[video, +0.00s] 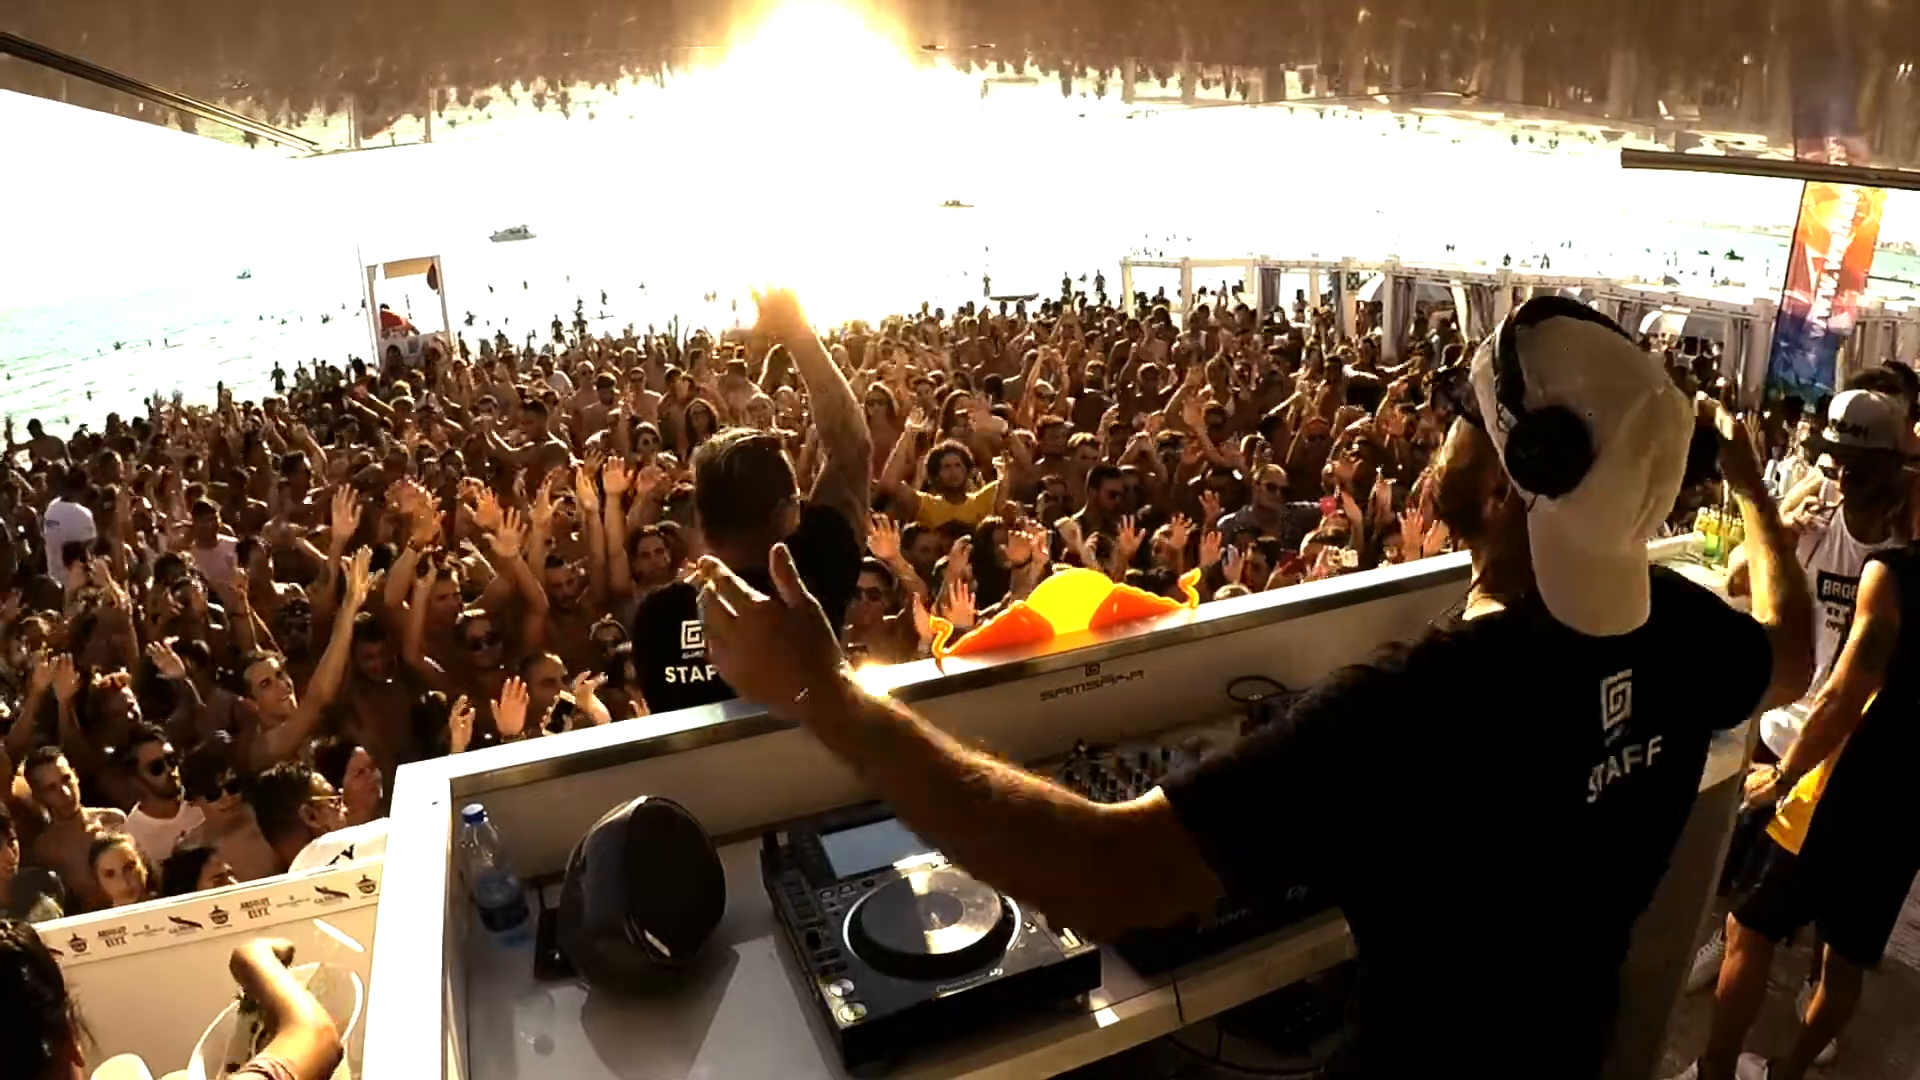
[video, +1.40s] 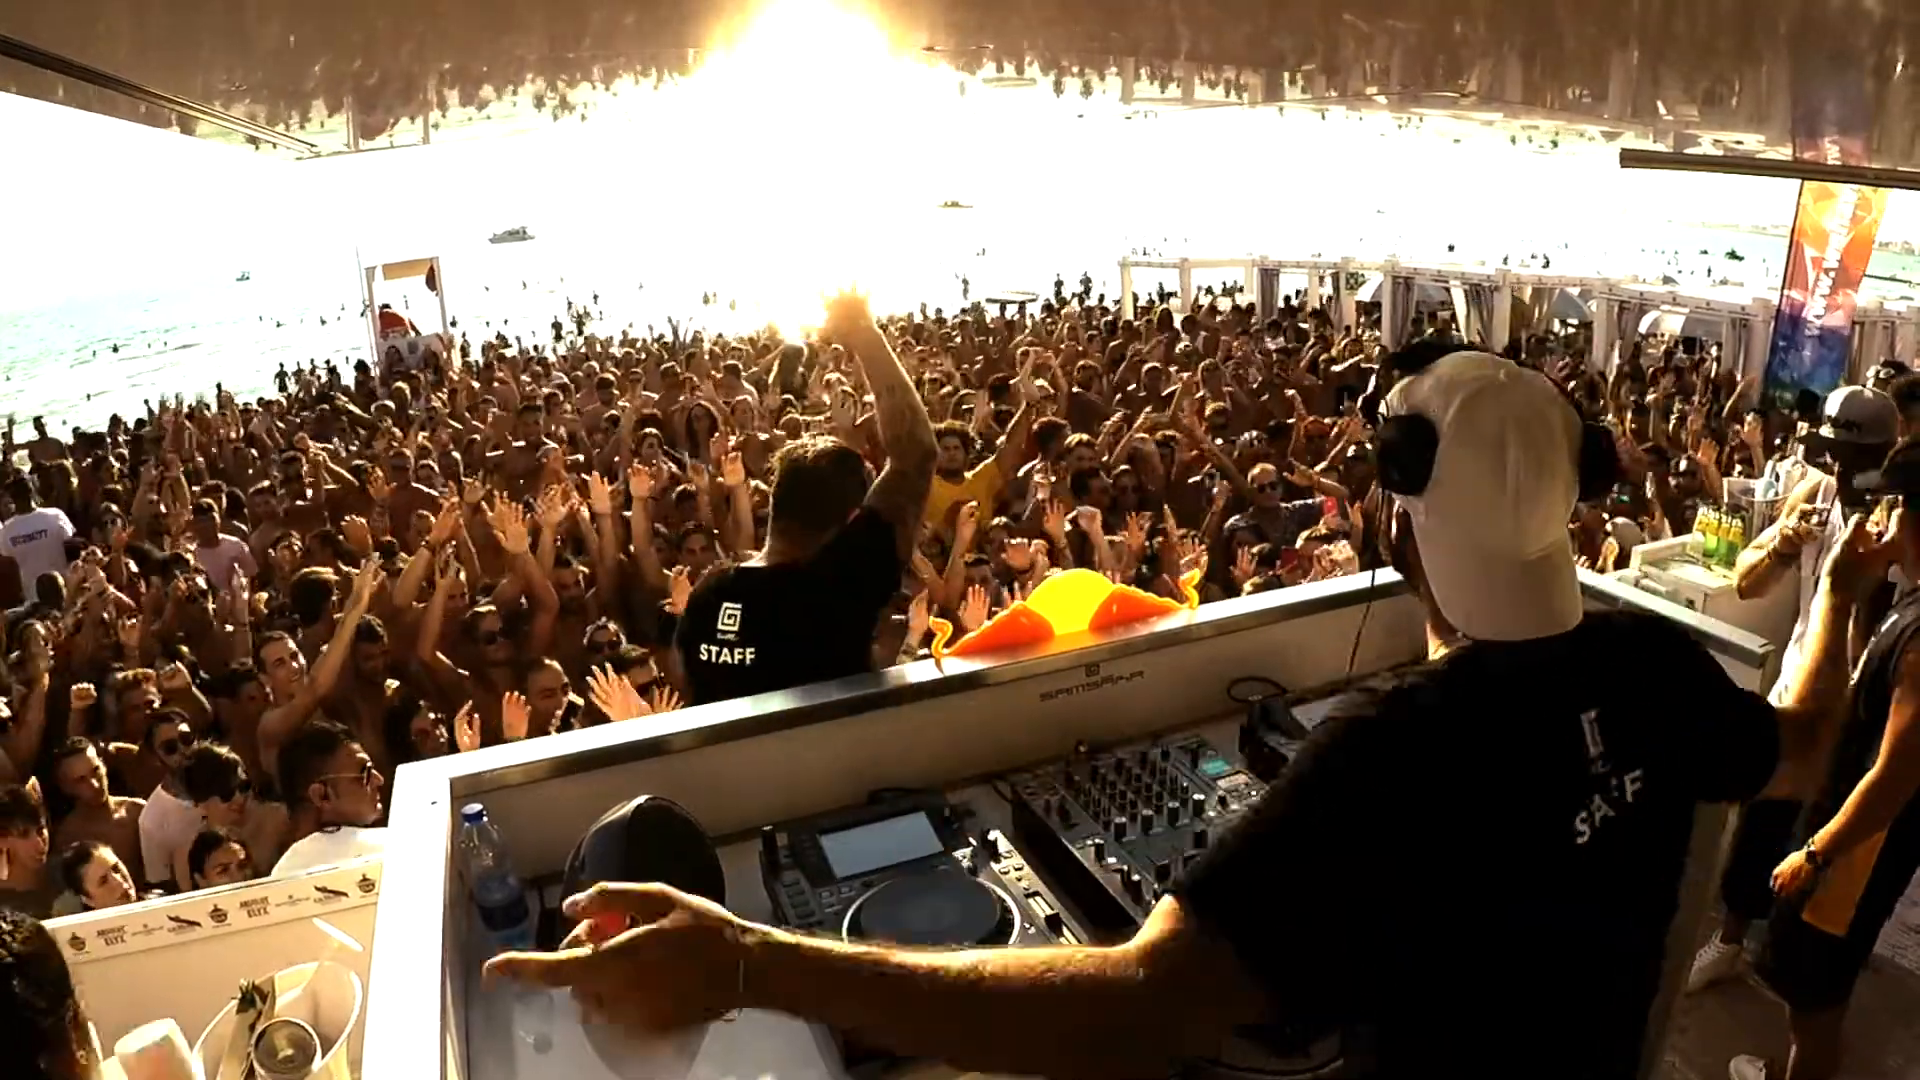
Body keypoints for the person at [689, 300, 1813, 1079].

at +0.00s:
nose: (1438, 453)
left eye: (1460, 432)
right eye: (1457, 428)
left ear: (1498, 486)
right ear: (1644, 490)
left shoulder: (1410, 712)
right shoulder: (1695, 640)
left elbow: (1116, 875)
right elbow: (1782, 659)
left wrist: (827, 696)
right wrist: (1750, 494)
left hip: (1411, 1076)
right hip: (1601, 1051)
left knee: (1115, 1050)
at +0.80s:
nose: (1410, 461)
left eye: (1424, 436)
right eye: (1419, 432)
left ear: (1469, 486)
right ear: (1620, 478)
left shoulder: (1390, 741)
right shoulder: (1698, 664)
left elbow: (1032, 838)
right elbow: (1636, 577)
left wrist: (782, 619)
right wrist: (1617, 450)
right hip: (1595, 1066)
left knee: (1121, 1054)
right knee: (1206, 1031)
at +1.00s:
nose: (1370, 488)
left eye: (1385, 458)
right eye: (1380, 451)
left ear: (1418, 495)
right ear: (1568, 488)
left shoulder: (1373, 746)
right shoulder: (1664, 669)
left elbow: (1073, 995)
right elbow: (1796, 764)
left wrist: (686, 909)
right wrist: (1885, 592)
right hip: (1563, 1063)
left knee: (899, 942)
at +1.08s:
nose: (1385, 474)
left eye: (1401, 437)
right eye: (1411, 434)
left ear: (1428, 478)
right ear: (1597, 470)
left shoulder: (1368, 743)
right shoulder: (1673, 650)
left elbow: (1052, 909)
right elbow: (1748, 691)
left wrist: (702, 767)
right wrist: (1772, 522)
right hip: (1596, 1057)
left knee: (973, 1070)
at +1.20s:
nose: (1424, 490)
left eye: (1433, 460)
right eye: (1432, 456)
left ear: (1465, 500)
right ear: (1620, 488)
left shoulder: (1408, 731)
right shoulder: (1688, 657)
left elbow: (1053, 790)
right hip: (1604, 1061)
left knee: (1097, 1059)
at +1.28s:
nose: (1411, 501)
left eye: (1418, 471)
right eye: (1415, 470)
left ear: (1453, 507)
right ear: (1615, 484)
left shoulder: (1391, 737)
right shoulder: (1689, 656)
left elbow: (1049, 838)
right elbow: (1641, 557)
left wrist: (801, 643)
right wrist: (1589, 437)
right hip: (1609, 1058)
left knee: (1136, 1046)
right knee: (1205, 1024)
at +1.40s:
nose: (1378, 515)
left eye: (1389, 482)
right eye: (1381, 478)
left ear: (1433, 503)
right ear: (1564, 497)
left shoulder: (1395, 757)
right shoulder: (1661, 671)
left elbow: (1140, 1000)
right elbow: (1790, 752)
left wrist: (743, 964)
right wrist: (1838, 591)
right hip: (1571, 1054)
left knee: (862, 960)